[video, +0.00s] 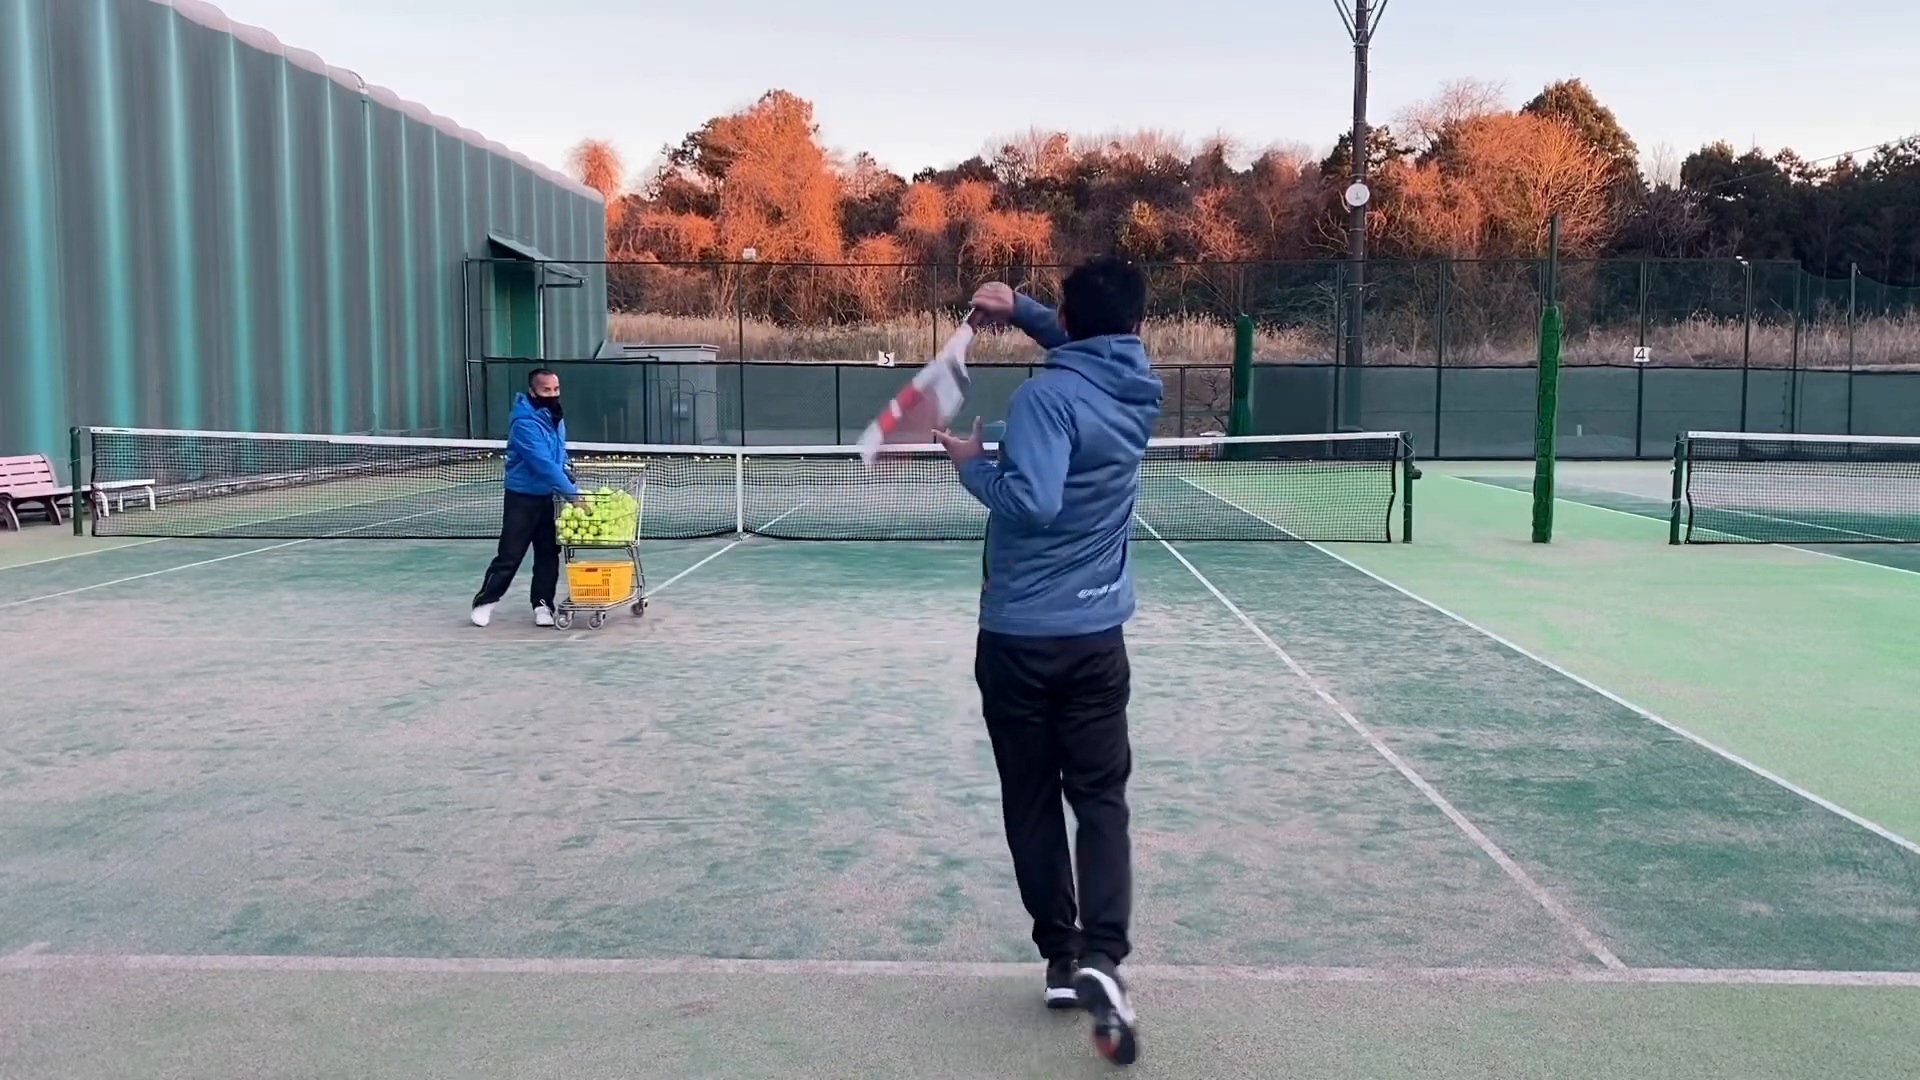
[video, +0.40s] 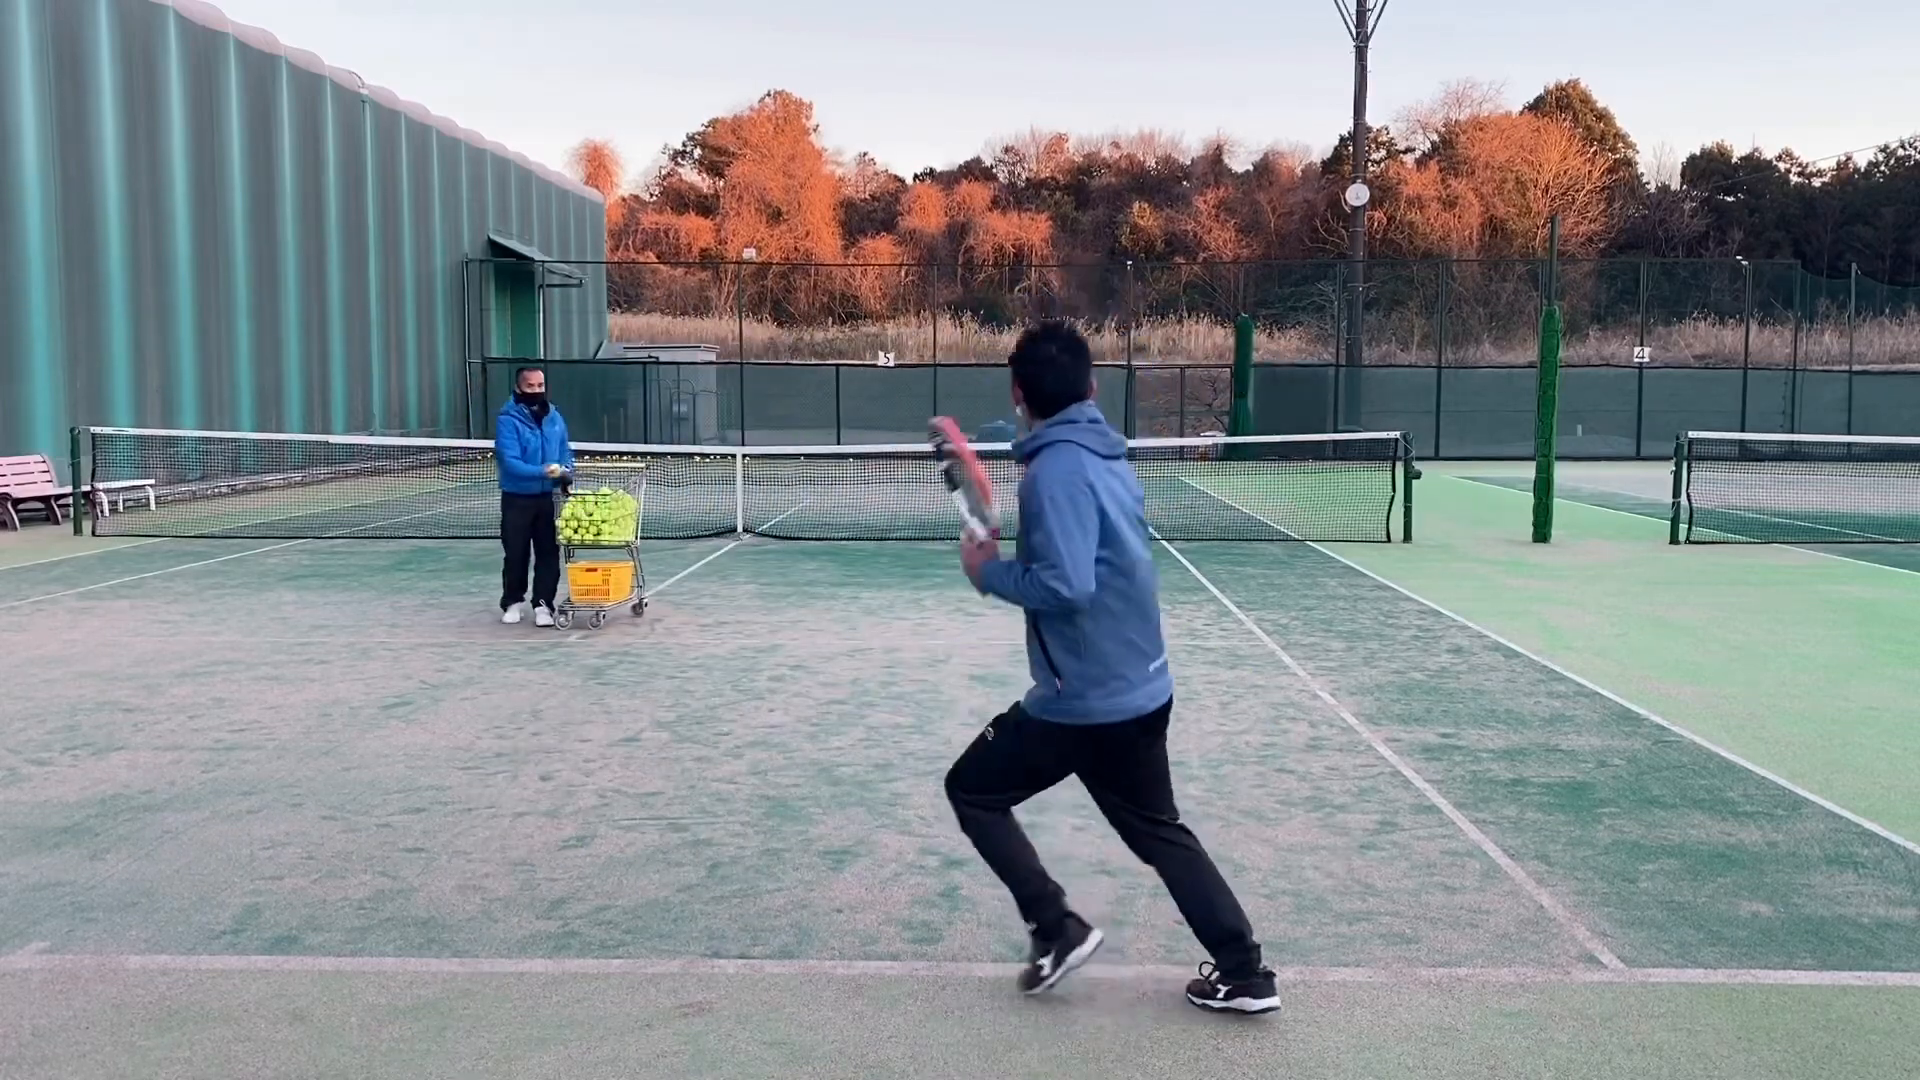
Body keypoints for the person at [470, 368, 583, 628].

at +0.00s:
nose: (553, 393)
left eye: (556, 389)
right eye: (547, 389)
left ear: (558, 389)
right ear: (533, 391)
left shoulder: (554, 416)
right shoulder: (524, 422)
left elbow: (559, 449)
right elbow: (542, 463)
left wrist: (564, 466)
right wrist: (572, 494)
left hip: (547, 494)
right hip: (521, 495)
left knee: (548, 553)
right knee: (510, 554)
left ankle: (542, 605)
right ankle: (485, 603)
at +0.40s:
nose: (537, 390)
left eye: (540, 385)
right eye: (531, 386)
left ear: (545, 386)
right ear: (519, 388)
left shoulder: (554, 416)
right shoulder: (508, 419)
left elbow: (566, 452)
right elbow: (509, 464)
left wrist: (566, 471)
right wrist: (543, 471)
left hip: (547, 496)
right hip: (517, 497)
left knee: (548, 553)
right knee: (516, 553)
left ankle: (543, 605)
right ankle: (513, 603)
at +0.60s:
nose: (520, 390)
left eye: (524, 385)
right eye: (514, 386)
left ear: (530, 386)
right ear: (505, 388)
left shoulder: (547, 415)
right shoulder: (495, 420)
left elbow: (564, 450)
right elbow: (493, 459)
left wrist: (564, 470)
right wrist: (510, 474)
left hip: (543, 495)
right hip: (510, 497)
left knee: (544, 553)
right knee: (511, 553)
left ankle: (543, 605)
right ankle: (511, 604)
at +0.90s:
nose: (503, 392)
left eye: (507, 387)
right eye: (497, 388)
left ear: (515, 387)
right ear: (490, 390)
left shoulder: (534, 413)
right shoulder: (485, 422)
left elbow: (561, 445)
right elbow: (479, 463)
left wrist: (563, 472)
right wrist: (483, 499)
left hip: (534, 494)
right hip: (502, 496)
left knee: (537, 550)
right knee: (505, 553)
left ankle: (540, 604)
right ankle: (511, 604)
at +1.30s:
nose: (492, 399)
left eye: (496, 394)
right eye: (486, 395)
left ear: (506, 393)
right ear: (480, 397)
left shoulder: (523, 413)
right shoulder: (480, 426)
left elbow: (552, 437)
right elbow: (479, 458)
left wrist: (562, 466)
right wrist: (484, 484)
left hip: (533, 492)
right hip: (503, 495)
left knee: (537, 548)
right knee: (504, 552)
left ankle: (540, 602)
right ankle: (511, 603)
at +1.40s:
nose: (495, 401)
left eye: (498, 395)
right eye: (490, 398)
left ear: (507, 393)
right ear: (483, 400)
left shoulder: (525, 413)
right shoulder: (481, 424)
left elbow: (539, 443)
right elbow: (482, 455)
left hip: (535, 490)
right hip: (503, 494)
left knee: (540, 549)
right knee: (507, 554)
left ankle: (542, 600)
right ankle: (511, 604)